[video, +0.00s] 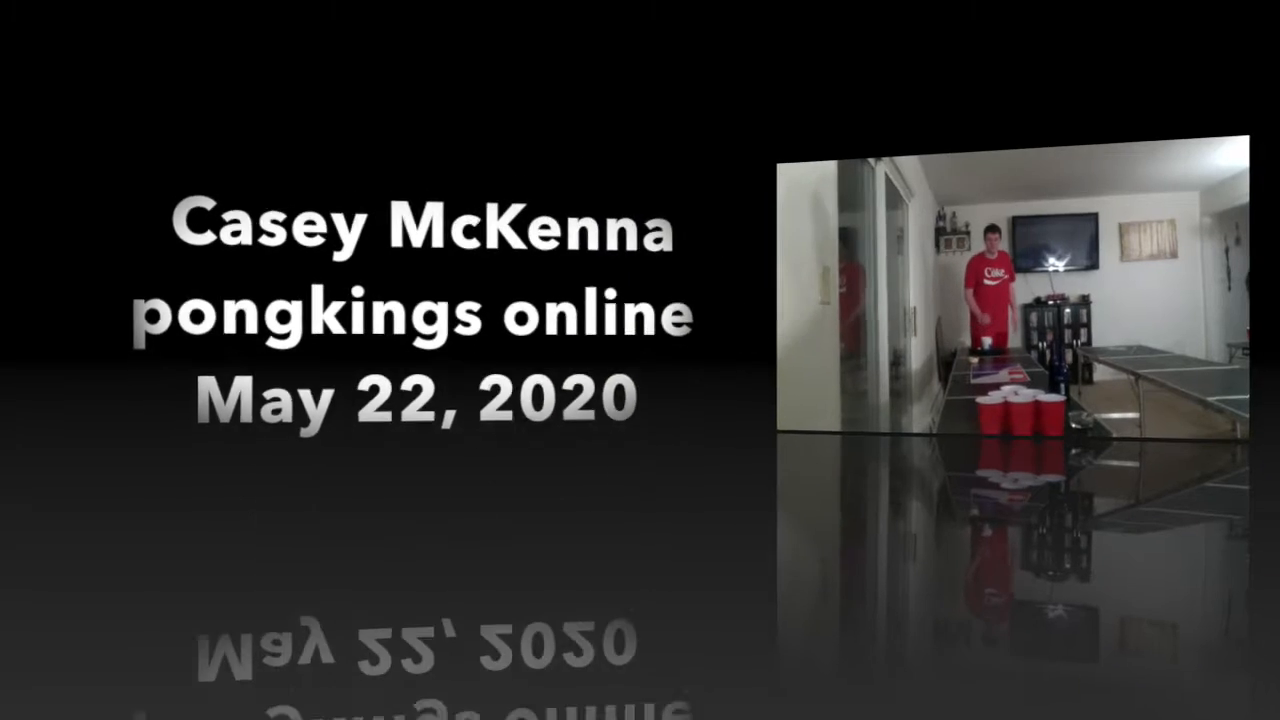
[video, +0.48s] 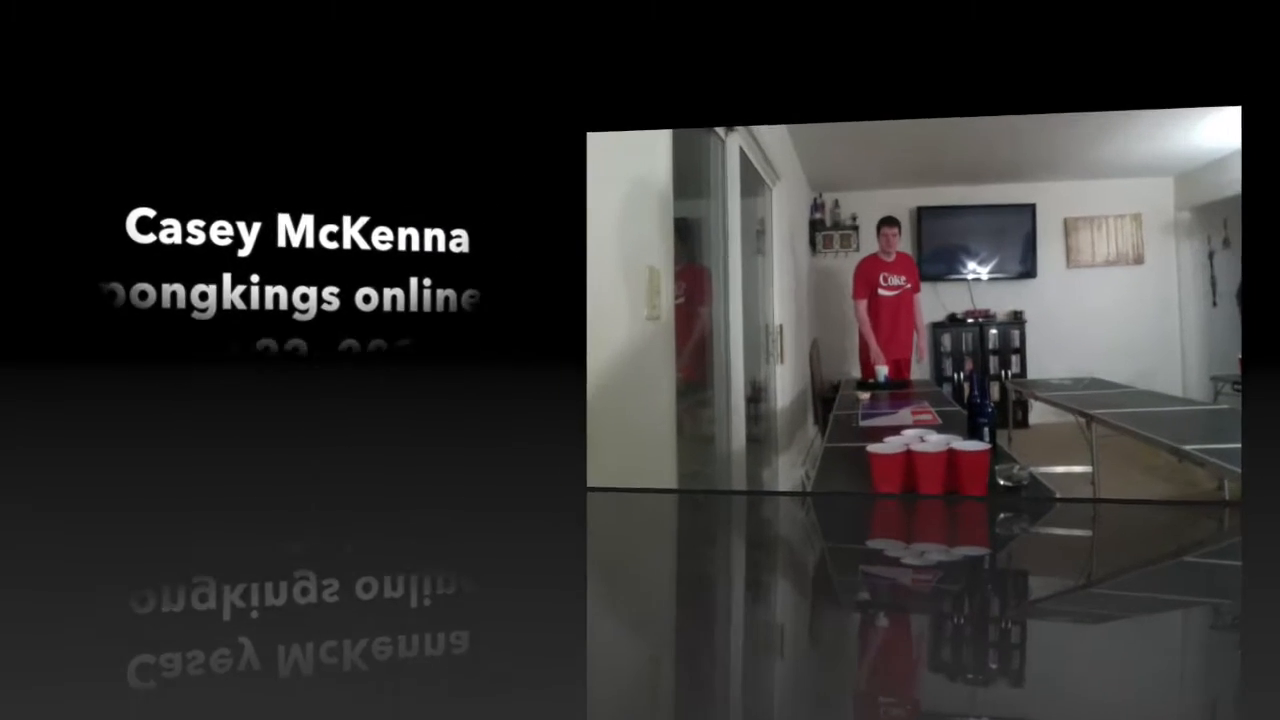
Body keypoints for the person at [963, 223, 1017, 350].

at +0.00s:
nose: (993, 243)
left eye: (996, 240)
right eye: (989, 240)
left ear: (1000, 240)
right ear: (984, 241)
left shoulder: (1005, 258)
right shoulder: (975, 262)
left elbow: (1010, 286)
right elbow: (968, 293)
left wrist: (1014, 312)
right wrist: (979, 315)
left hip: (1001, 319)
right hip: (982, 320)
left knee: (1001, 359)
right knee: (981, 359)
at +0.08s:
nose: (983, 243)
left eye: (986, 239)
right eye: (979, 239)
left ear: (990, 240)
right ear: (975, 241)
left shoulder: (996, 259)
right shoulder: (965, 262)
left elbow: (1001, 288)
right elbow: (958, 294)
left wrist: (1005, 313)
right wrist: (969, 319)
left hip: (991, 323)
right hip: (971, 324)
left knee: (991, 364)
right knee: (971, 365)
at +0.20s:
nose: (962, 242)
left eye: (966, 238)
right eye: (959, 238)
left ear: (970, 240)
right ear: (953, 240)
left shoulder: (976, 260)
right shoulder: (943, 263)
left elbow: (982, 291)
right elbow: (937, 298)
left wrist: (987, 320)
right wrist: (947, 325)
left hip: (971, 328)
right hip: (950, 329)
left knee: (971, 371)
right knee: (952, 372)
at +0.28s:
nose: (945, 242)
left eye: (949, 238)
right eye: (941, 238)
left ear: (954, 240)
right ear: (936, 240)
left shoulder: (960, 261)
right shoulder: (924, 263)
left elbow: (966, 294)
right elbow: (919, 300)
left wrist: (971, 325)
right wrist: (929, 331)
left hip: (955, 332)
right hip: (933, 333)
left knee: (954, 378)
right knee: (934, 378)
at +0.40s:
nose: (914, 241)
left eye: (918, 236)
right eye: (909, 236)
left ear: (923, 239)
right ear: (903, 238)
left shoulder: (931, 262)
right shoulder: (891, 265)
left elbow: (938, 299)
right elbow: (886, 306)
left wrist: (943, 332)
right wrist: (898, 340)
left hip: (925, 340)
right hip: (900, 342)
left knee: (924, 391)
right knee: (902, 391)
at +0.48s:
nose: (889, 240)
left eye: (894, 235)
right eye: (885, 235)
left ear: (899, 238)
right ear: (878, 238)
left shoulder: (908, 263)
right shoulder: (866, 266)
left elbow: (916, 302)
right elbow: (861, 312)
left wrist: (921, 337)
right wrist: (873, 348)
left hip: (903, 348)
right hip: (876, 350)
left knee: (902, 401)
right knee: (877, 403)